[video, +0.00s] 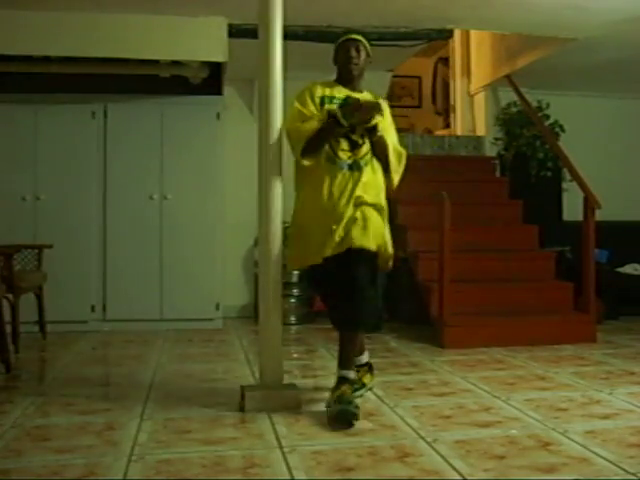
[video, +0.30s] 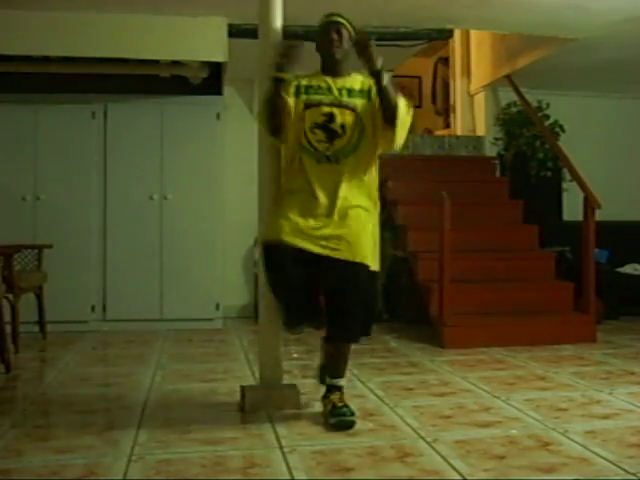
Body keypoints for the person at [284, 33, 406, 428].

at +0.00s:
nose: (353, 53)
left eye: (359, 50)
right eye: (346, 48)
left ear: (367, 62)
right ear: (335, 59)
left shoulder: (378, 105)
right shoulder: (314, 95)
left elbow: (395, 164)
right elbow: (301, 144)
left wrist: (373, 130)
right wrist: (338, 119)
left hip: (365, 210)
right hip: (320, 210)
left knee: (356, 294)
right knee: (334, 296)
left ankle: (343, 387)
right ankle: (361, 363)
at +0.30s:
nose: (333, 33)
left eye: (341, 29)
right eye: (326, 29)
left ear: (353, 43)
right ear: (317, 44)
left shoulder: (375, 88)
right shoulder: (299, 85)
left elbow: (397, 125)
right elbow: (276, 129)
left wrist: (379, 74)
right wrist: (280, 74)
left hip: (352, 213)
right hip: (298, 210)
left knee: (347, 312)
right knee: (296, 313)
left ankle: (335, 391)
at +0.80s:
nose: (279, 28)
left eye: (288, 20)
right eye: (272, 23)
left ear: (308, 30)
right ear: (266, 36)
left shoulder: (334, 71)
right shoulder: (253, 86)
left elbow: (377, 100)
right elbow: (220, 129)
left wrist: (359, 40)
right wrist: (209, 76)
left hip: (306, 205)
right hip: (250, 209)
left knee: (291, 292)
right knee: (247, 309)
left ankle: (324, 366)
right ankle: (271, 403)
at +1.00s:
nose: (275, 15)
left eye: (284, 8)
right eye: (268, 8)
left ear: (299, 19)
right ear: (258, 18)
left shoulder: (321, 66)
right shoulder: (228, 65)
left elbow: (376, 78)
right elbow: (178, 78)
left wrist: (351, 19)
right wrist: (196, 20)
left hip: (285, 194)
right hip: (225, 193)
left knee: (252, 285)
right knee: (233, 301)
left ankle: (259, 385)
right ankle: (269, 397)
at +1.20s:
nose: (266, 18)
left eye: (274, 12)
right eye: (259, 11)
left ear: (288, 22)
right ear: (248, 19)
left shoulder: (303, 77)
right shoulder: (222, 58)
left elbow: (336, 138)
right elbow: (191, 99)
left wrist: (330, 73)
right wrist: (200, 37)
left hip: (271, 212)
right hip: (213, 208)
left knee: (239, 322)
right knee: (242, 318)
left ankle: (217, 427)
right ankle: (272, 405)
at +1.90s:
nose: (257, 2)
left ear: (274, 4)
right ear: (232, 1)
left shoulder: (293, 56)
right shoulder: (202, 46)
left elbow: (345, 113)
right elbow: (161, 108)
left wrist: (340, 49)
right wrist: (159, 40)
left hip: (272, 198)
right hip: (209, 188)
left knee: (249, 325)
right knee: (202, 286)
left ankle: (228, 438)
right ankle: (203, 394)